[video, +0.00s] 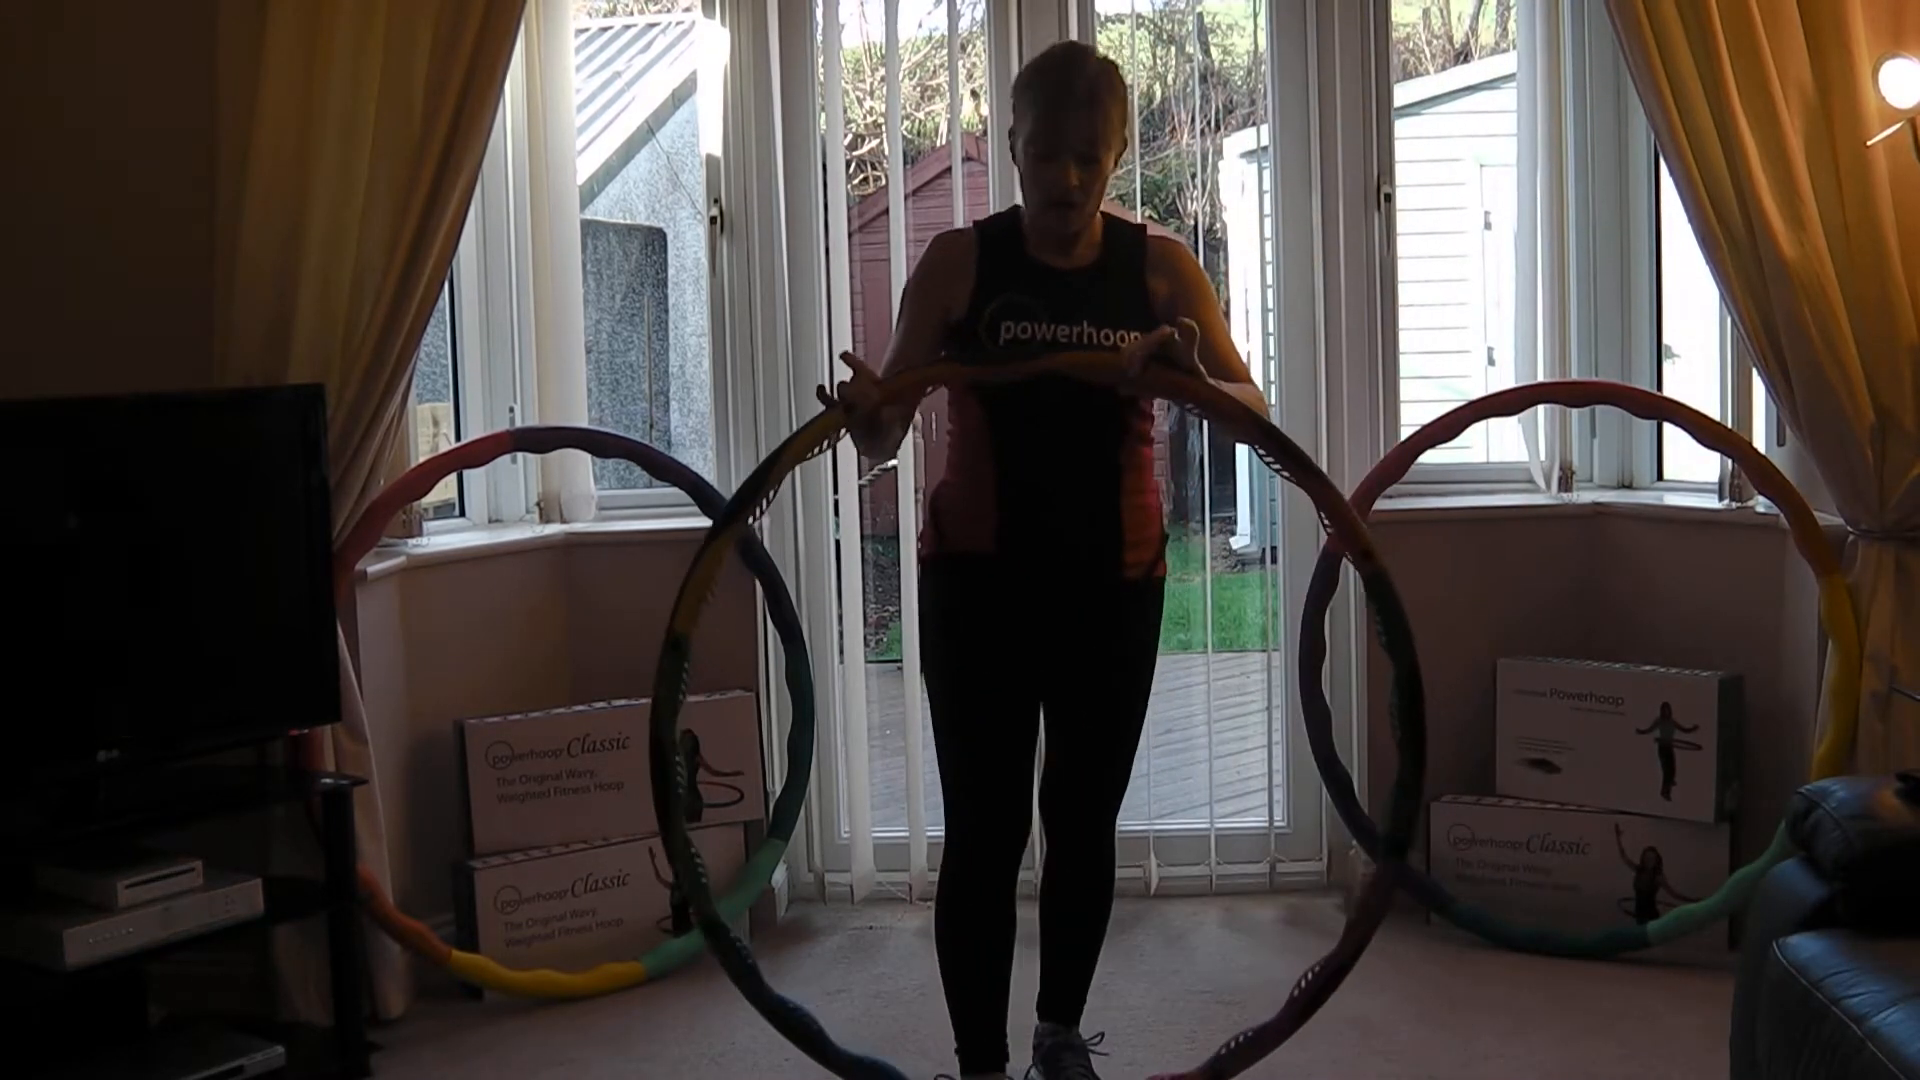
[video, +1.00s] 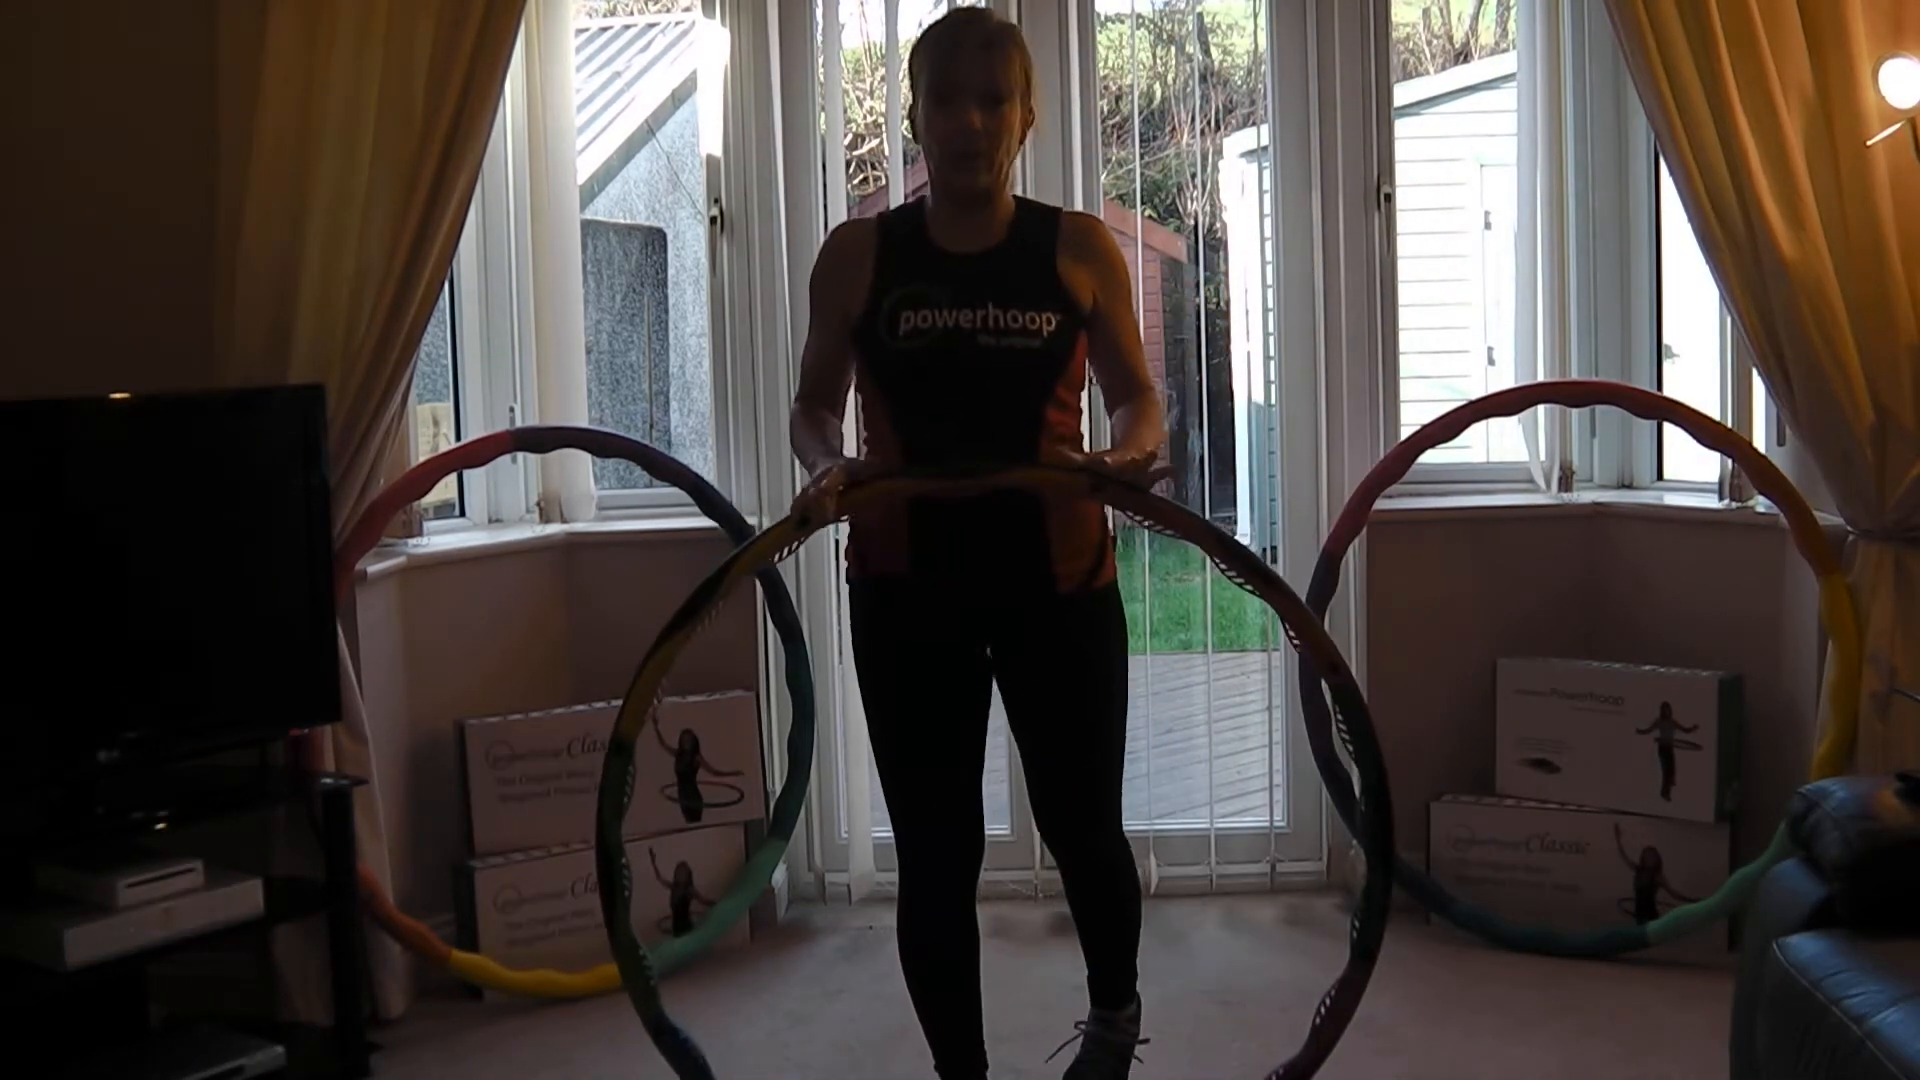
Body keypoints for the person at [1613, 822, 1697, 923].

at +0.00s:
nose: (1648, 860)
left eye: (1652, 857)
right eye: (1646, 857)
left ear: (1656, 860)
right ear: (1642, 858)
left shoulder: (1658, 876)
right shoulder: (1639, 871)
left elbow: (1673, 894)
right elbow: (1623, 857)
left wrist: (1693, 901)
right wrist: (1618, 837)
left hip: (1651, 912)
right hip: (1639, 911)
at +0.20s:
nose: (1648, 860)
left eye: (1652, 857)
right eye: (1646, 857)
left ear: (1657, 860)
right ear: (1642, 859)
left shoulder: (1657, 877)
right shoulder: (1639, 871)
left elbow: (1673, 894)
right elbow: (1623, 857)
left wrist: (1693, 901)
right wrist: (1618, 839)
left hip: (1651, 912)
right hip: (1638, 911)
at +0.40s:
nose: (1649, 860)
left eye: (1652, 857)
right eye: (1646, 856)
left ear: (1657, 859)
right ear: (1642, 858)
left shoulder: (1657, 876)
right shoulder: (1639, 871)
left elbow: (1673, 894)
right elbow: (1624, 857)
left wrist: (1693, 901)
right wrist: (1618, 839)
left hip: (1651, 913)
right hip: (1639, 912)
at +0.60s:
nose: (1648, 859)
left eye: (1651, 857)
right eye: (1646, 856)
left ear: (1656, 859)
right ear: (1642, 858)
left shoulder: (1657, 876)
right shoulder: (1639, 871)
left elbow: (1673, 894)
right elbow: (1624, 856)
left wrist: (1693, 901)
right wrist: (1618, 839)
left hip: (1651, 913)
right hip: (1639, 912)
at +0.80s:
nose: (1648, 859)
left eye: (1651, 857)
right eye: (1646, 856)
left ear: (1656, 859)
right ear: (1642, 858)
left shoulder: (1657, 876)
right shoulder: (1639, 871)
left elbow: (1673, 894)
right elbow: (1623, 856)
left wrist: (1693, 901)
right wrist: (1618, 839)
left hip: (1651, 913)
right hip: (1639, 912)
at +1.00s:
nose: (1648, 859)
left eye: (1651, 857)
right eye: (1646, 856)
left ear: (1656, 859)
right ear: (1642, 858)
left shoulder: (1657, 876)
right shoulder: (1639, 871)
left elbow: (1673, 894)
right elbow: (1623, 856)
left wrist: (1692, 901)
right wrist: (1618, 839)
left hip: (1651, 913)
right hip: (1639, 912)